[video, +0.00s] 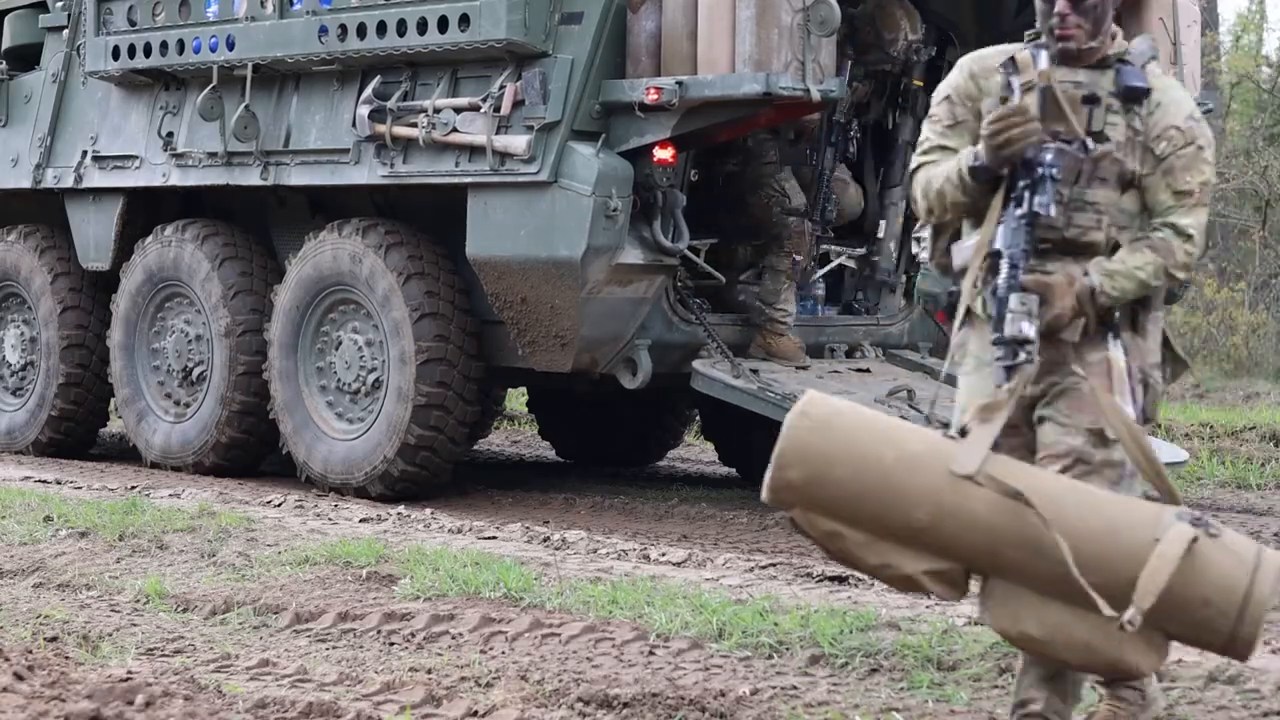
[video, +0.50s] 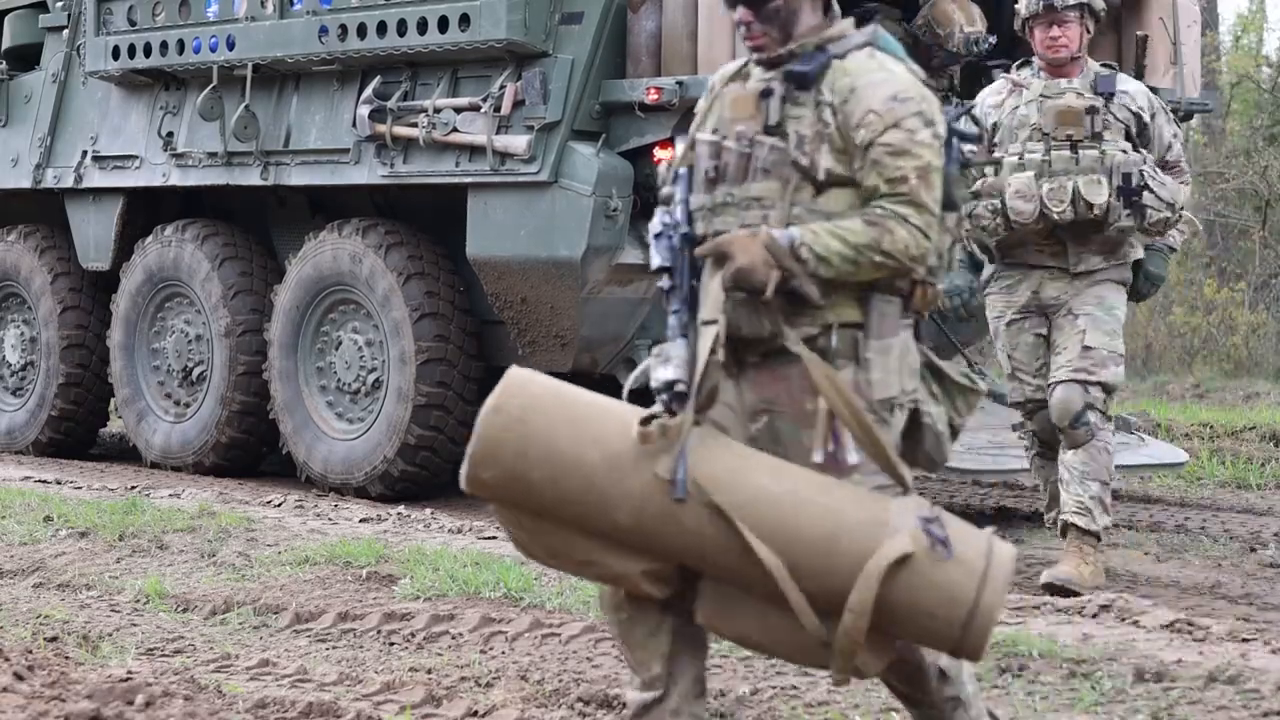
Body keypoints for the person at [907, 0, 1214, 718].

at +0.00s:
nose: (1067, 13)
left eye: (1086, 3)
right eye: (1056, 1)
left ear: (1117, 12)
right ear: (1040, 6)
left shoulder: (1162, 106)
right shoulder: (980, 75)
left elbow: (1180, 238)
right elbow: (924, 193)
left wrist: (1089, 287)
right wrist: (984, 160)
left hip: (1098, 347)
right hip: (992, 339)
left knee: (1076, 519)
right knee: (1004, 516)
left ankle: (1040, 698)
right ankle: (1128, 678)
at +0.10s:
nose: (1030, 28)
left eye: (1049, 14)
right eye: (1017, 14)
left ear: (1085, 16)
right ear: (1001, 18)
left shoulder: (1126, 119)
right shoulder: (954, 87)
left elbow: (1146, 255)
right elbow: (880, 202)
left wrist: (1041, 292)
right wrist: (929, 174)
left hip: (1057, 371)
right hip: (944, 363)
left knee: (1041, 546)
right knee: (964, 542)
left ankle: (1065, 703)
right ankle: (1019, 700)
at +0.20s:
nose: (979, 40)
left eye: (996, 22)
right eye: (964, 26)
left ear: (1037, 20)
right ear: (950, 29)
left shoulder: (1087, 133)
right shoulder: (912, 101)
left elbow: (1095, 266)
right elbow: (844, 200)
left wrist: (984, 285)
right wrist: (871, 215)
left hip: (1013, 388)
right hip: (901, 379)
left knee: (1003, 573)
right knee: (932, 568)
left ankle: (1011, 706)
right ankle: (1002, 701)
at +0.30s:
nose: (908, 35)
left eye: (926, 19)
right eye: (896, 21)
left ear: (976, 12)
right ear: (885, 23)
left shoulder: (1029, 121)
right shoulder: (861, 95)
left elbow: (1048, 260)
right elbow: (809, 190)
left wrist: (914, 279)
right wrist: (819, 246)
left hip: (966, 395)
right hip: (844, 381)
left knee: (959, 611)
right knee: (782, 562)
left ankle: (985, 706)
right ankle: (832, 703)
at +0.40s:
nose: (830, 26)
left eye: (848, 11)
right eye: (818, 12)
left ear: (898, 5)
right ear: (808, 13)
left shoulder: (959, 98)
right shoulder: (792, 90)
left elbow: (975, 248)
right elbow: (753, 206)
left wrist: (849, 264)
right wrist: (749, 244)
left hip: (908, 379)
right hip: (788, 368)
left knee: (914, 573)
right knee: (711, 550)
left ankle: (978, 702)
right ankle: (680, 710)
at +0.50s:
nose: (749, 16)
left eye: (766, 4)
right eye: (739, 6)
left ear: (817, 1)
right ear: (729, 12)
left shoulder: (882, 87)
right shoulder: (722, 88)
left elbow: (910, 231)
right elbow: (685, 214)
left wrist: (780, 249)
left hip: (838, 378)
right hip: (726, 371)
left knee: (860, 573)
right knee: (651, 554)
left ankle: (954, 708)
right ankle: (669, 708)